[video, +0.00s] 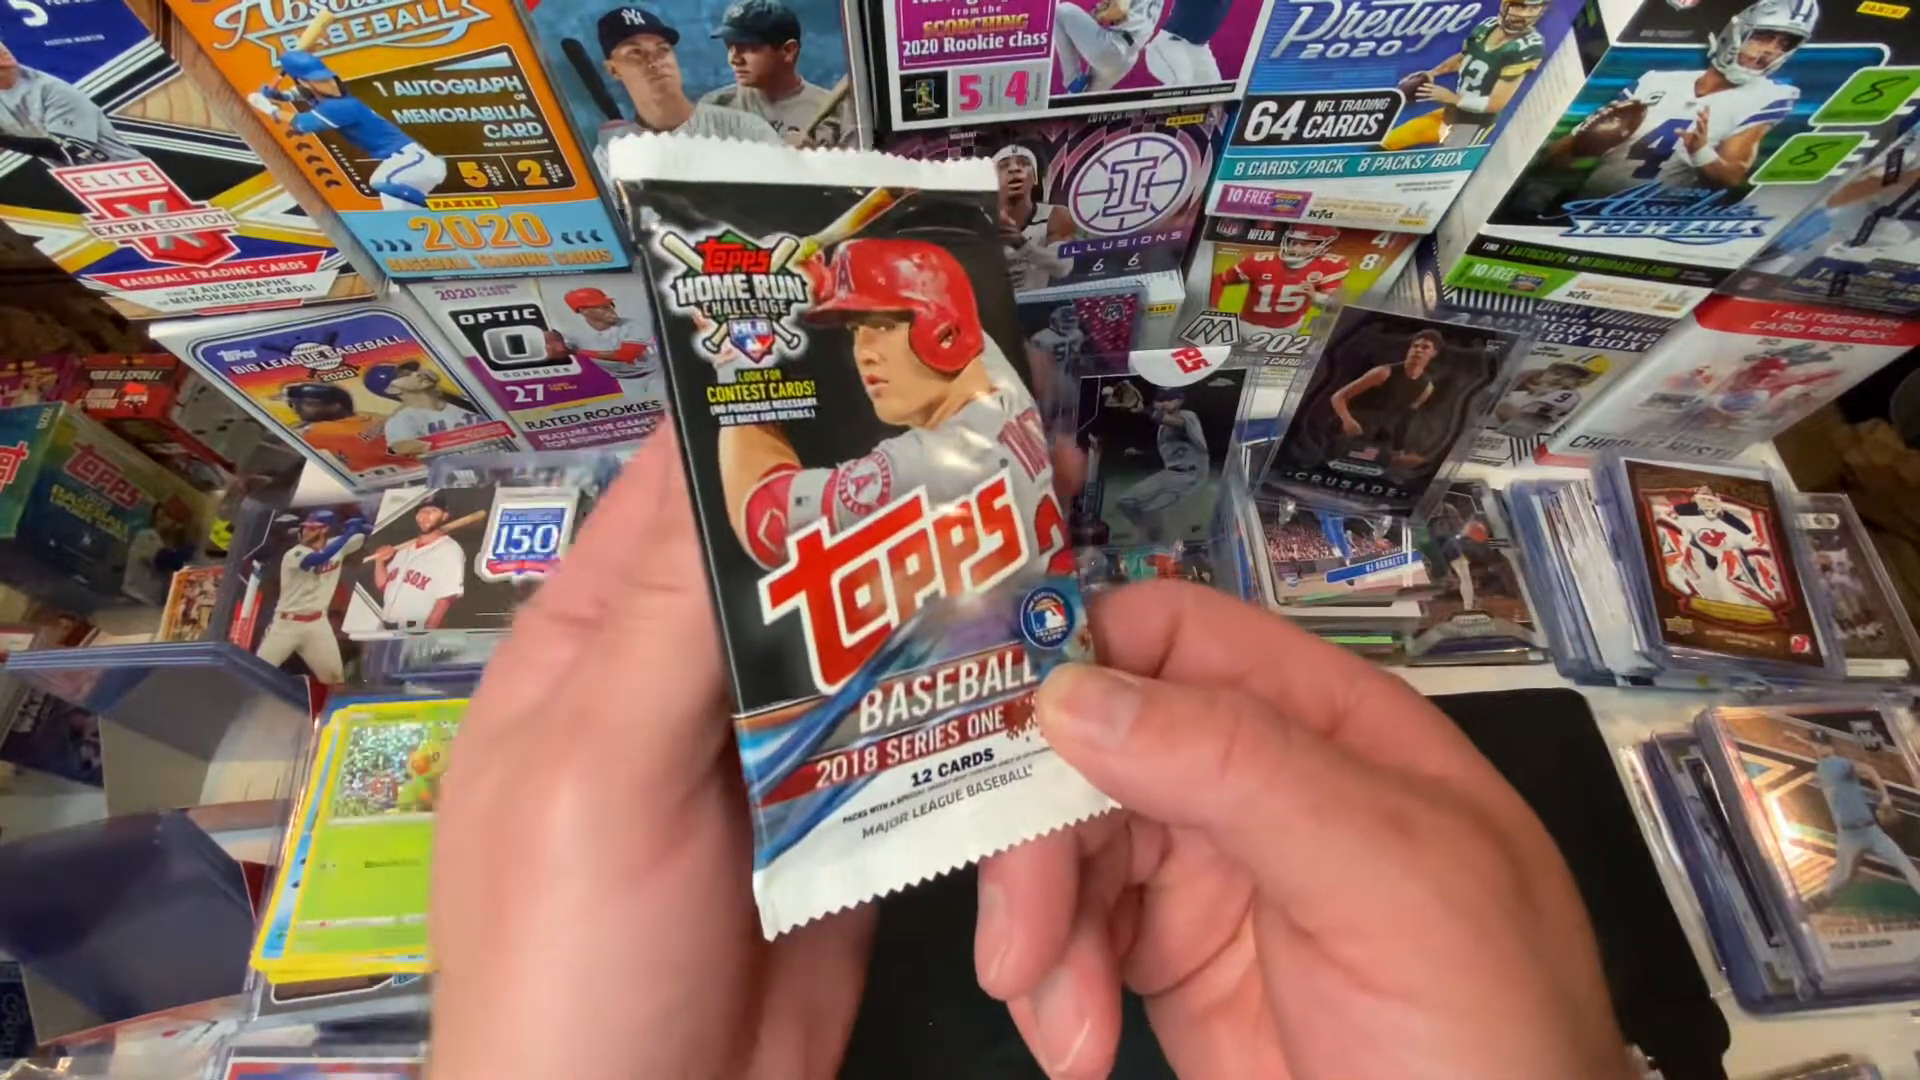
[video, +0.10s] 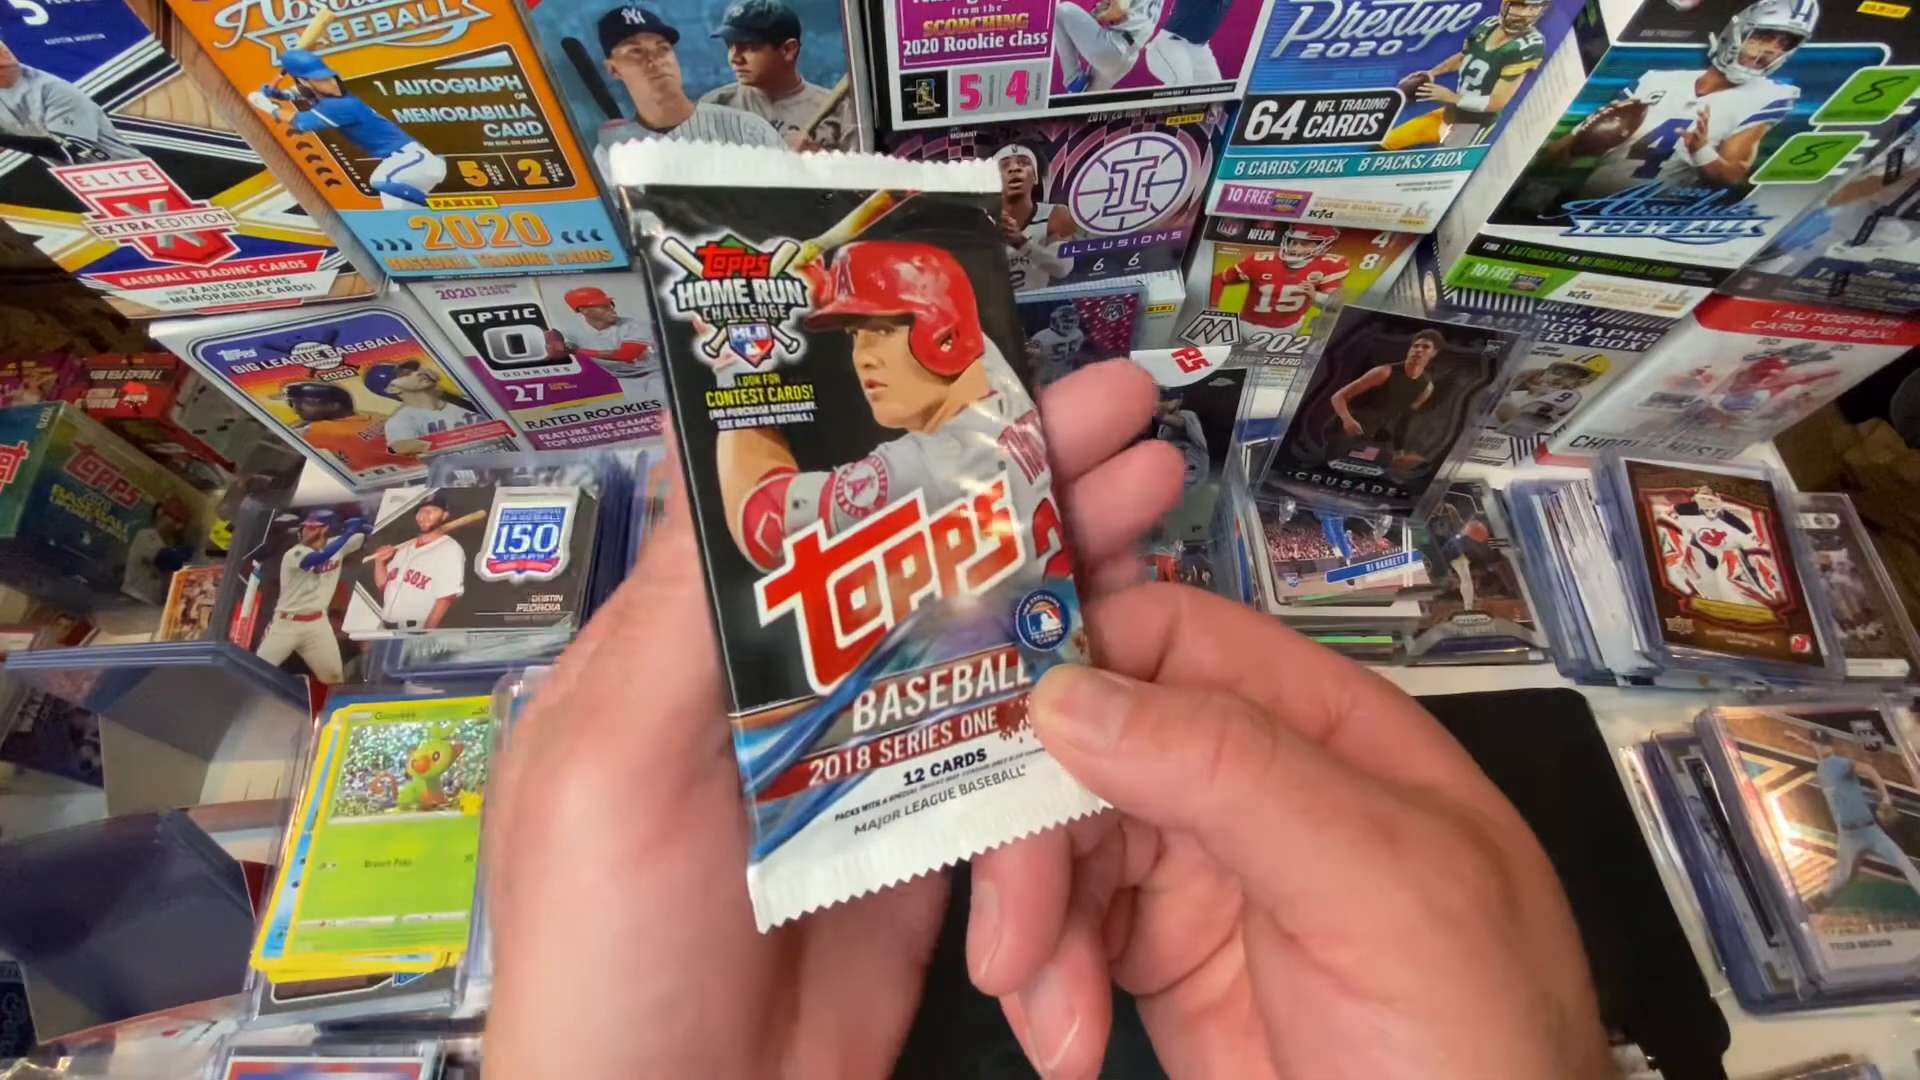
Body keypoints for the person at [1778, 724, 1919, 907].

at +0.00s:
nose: (1823, 749)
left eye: (1825, 744)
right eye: (1818, 746)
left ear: (1831, 745)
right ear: (1813, 748)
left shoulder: (1840, 764)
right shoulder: (1822, 767)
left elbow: (1869, 770)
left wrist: (1885, 797)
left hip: (1871, 829)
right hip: (1847, 834)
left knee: (1903, 863)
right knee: (1843, 876)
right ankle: (1824, 896)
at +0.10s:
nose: (1823, 749)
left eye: (1824, 744)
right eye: (1818, 745)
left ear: (1830, 744)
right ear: (1814, 748)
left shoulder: (1838, 763)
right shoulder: (1822, 767)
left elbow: (1869, 770)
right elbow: (1813, 747)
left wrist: (1885, 796)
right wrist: (1800, 739)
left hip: (1870, 829)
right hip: (1847, 834)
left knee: (1904, 864)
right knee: (1843, 875)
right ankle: (1824, 897)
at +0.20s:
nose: (1821, 749)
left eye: (1824, 744)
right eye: (1817, 745)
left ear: (1829, 744)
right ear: (1813, 747)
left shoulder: (1838, 764)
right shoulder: (1822, 768)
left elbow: (1869, 771)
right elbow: (1813, 747)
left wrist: (1885, 797)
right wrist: (1799, 739)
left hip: (1870, 829)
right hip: (1847, 834)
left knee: (1904, 864)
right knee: (1843, 875)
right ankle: (1823, 898)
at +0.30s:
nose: (1821, 749)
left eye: (1824, 744)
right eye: (1817, 745)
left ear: (1830, 744)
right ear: (1813, 747)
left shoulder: (1838, 764)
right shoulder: (1822, 768)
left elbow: (1870, 771)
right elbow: (1813, 747)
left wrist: (1885, 797)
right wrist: (1800, 739)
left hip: (1870, 829)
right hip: (1847, 834)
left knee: (1904, 864)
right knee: (1843, 875)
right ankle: (1822, 898)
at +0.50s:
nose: (1821, 749)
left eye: (1823, 744)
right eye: (1817, 745)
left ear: (1829, 744)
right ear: (1814, 747)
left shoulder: (1838, 764)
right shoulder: (1822, 768)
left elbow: (1869, 771)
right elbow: (1813, 746)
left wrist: (1884, 797)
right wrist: (1799, 739)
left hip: (1870, 829)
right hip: (1847, 834)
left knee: (1904, 864)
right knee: (1842, 875)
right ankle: (1823, 898)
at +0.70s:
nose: (1822, 749)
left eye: (1825, 744)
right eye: (1818, 746)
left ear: (1831, 745)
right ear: (1814, 748)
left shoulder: (1839, 764)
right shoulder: (1822, 767)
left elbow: (1869, 770)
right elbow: (1810, 746)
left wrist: (1885, 797)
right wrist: (1796, 737)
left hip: (1870, 829)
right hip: (1847, 834)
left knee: (1903, 862)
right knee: (1842, 875)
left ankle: (1919, 888)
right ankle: (1824, 896)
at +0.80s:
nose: (1821, 750)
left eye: (1824, 745)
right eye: (1818, 746)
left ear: (1831, 745)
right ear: (1815, 748)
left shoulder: (1839, 764)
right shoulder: (1822, 767)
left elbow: (1869, 770)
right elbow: (1812, 747)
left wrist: (1885, 797)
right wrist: (1796, 738)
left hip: (1870, 829)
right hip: (1847, 834)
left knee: (1903, 862)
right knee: (1842, 874)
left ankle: (1919, 888)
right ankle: (1824, 896)